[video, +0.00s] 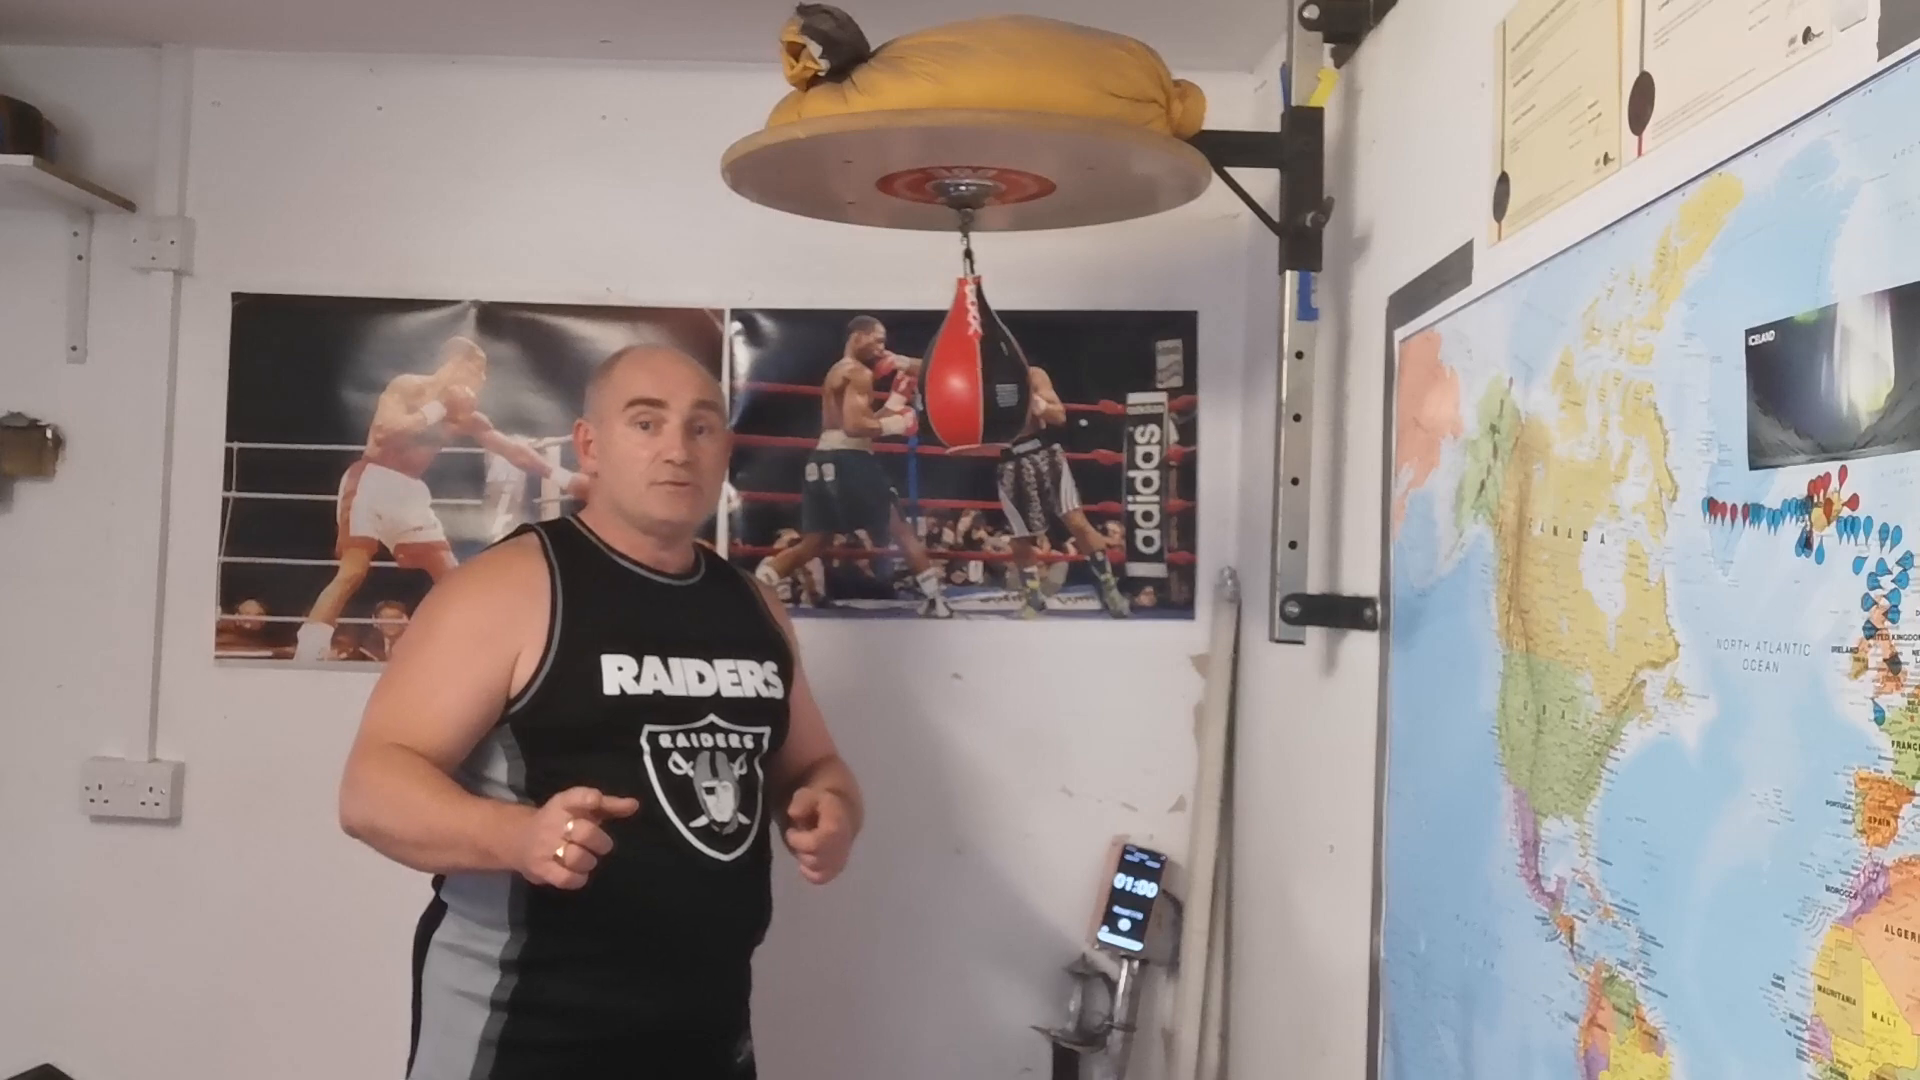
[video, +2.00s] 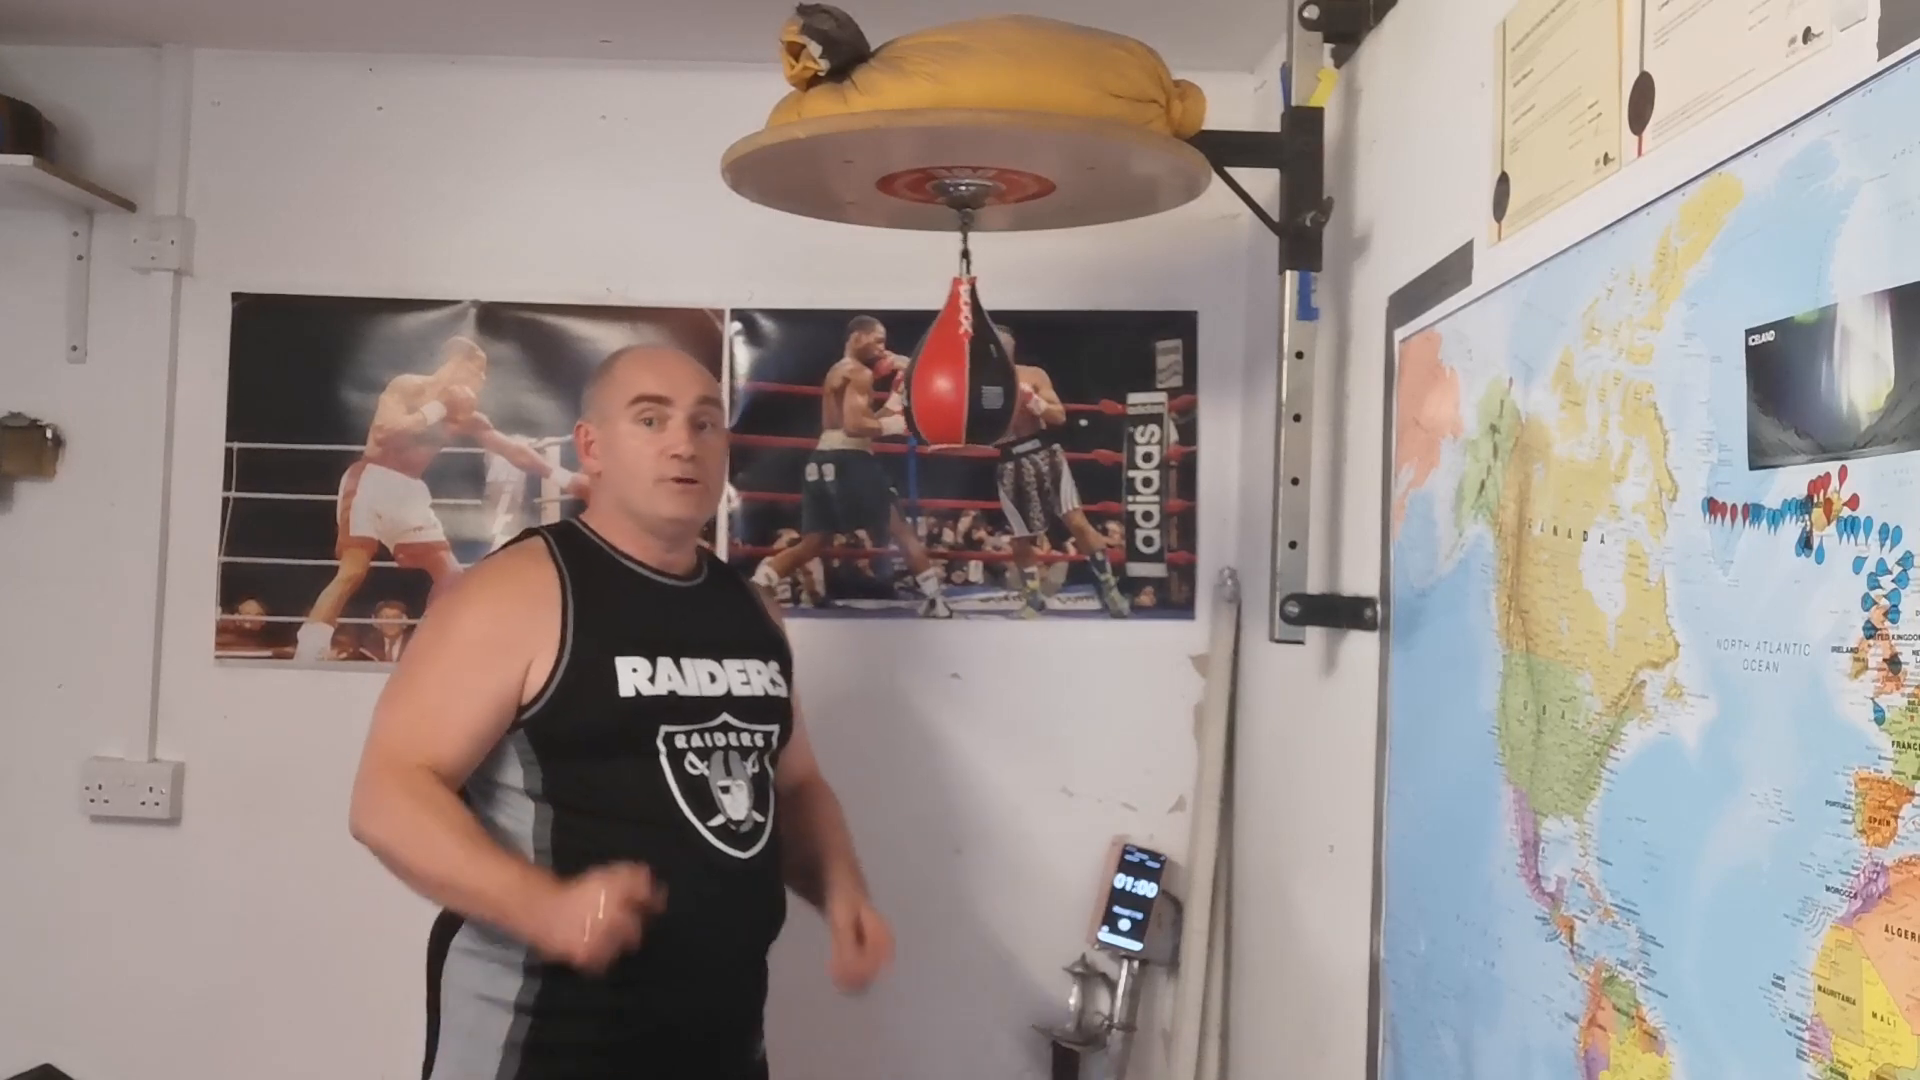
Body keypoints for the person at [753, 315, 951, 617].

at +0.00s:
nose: (881, 348)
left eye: (882, 343)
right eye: (878, 341)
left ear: (857, 340)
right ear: (857, 337)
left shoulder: (834, 374)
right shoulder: (858, 373)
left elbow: (851, 424)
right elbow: (854, 426)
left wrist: (890, 407)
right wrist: (895, 423)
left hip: (820, 463)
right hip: (852, 463)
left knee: (815, 542)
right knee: (901, 529)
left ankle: (756, 587)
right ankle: (936, 598)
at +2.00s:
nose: (881, 349)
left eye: (883, 343)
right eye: (878, 342)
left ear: (856, 340)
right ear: (858, 338)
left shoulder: (834, 373)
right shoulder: (859, 373)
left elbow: (847, 421)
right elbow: (854, 425)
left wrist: (885, 411)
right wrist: (890, 425)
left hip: (820, 463)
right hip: (852, 463)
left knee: (814, 542)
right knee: (902, 531)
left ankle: (755, 587)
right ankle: (935, 598)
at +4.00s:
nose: (881, 348)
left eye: (882, 342)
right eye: (878, 342)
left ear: (854, 340)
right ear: (857, 338)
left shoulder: (835, 372)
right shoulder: (860, 372)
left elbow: (844, 418)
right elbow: (855, 425)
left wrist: (882, 375)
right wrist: (888, 424)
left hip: (820, 464)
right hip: (853, 464)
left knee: (812, 544)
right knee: (903, 531)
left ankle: (751, 591)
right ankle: (935, 599)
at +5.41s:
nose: (881, 349)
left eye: (883, 343)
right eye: (878, 342)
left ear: (855, 340)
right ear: (859, 338)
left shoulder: (834, 373)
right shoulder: (858, 373)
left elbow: (849, 422)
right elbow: (855, 424)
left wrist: (888, 411)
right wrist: (896, 423)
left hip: (821, 463)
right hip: (853, 463)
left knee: (814, 542)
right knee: (901, 528)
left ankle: (754, 589)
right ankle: (935, 597)